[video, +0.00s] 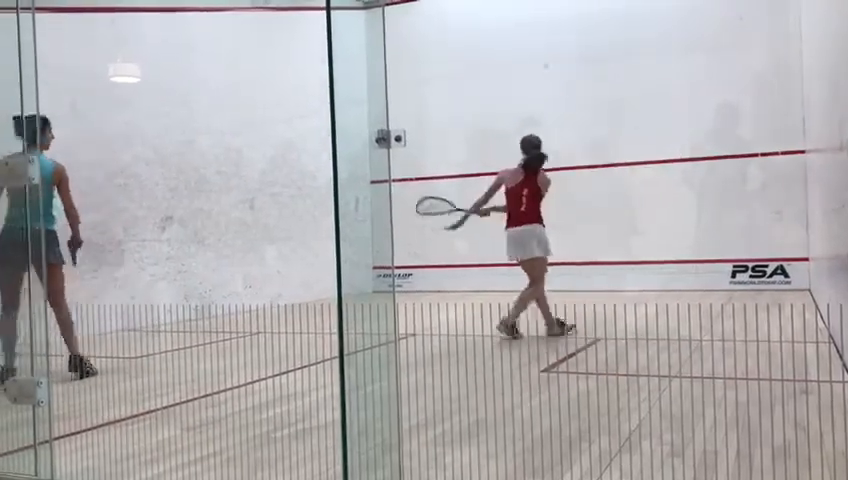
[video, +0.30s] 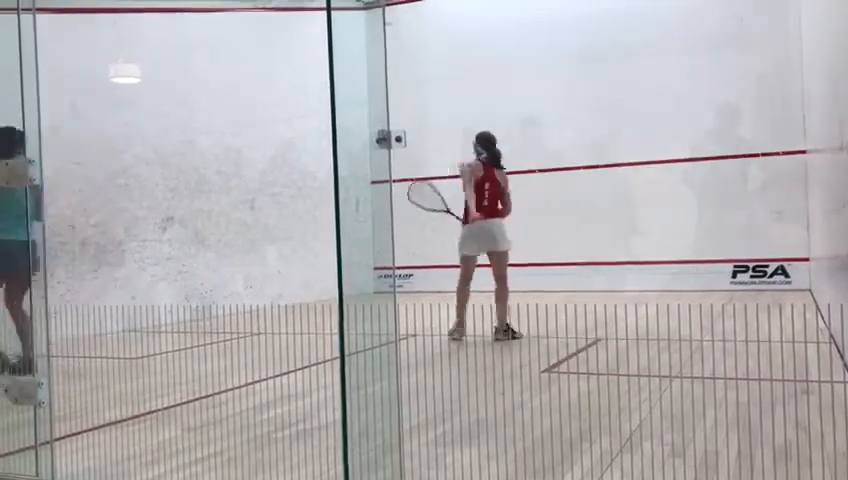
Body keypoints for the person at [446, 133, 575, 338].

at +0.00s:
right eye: (537, 149)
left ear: (521, 152)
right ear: (540, 152)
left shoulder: (507, 175)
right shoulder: (543, 178)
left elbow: (484, 199)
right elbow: (521, 204)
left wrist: (468, 213)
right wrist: (491, 210)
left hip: (513, 232)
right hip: (533, 230)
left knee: (536, 281)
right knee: (537, 282)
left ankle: (551, 323)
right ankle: (509, 320)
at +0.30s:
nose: (475, 150)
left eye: (476, 147)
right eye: (479, 146)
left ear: (477, 148)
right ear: (494, 147)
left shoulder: (469, 167)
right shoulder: (501, 173)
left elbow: (469, 190)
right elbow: (507, 208)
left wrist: (472, 212)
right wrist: (490, 217)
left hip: (472, 225)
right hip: (495, 224)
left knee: (465, 278)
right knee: (501, 279)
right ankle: (502, 325)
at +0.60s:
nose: (421, 153)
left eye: (422, 150)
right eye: (423, 150)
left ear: (426, 152)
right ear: (443, 153)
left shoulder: (416, 170)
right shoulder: (451, 175)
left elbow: (407, 203)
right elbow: (465, 209)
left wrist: (396, 222)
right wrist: (452, 228)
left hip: (423, 229)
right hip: (446, 228)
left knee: (418, 284)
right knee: (463, 282)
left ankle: (418, 332)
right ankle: (477, 327)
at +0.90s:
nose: (399, 148)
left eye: (397, 147)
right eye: (404, 147)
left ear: (391, 153)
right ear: (411, 154)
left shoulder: (381, 172)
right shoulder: (416, 175)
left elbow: (374, 200)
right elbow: (427, 212)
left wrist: (386, 181)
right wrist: (416, 231)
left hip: (383, 230)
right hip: (406, 230)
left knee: (394, 286)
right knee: (400, 286)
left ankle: (411, 330)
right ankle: (382, 332)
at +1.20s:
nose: (388, 155)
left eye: (388, 151)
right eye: (387, 151)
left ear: (362, 149)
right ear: (381, 152)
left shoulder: (346, 166)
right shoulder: (383, 174)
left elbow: (328, 192)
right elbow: (392, 210)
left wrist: (349, 197)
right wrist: (393, 240)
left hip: (338, 227)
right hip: (364, 227)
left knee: (337, 282)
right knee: (378, 284)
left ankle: (333, 332)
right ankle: (377, 336)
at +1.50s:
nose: (296, 164)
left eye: (296, 162)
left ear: (297, 163)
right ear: (316, 164)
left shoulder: (284, 186)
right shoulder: (324, 194)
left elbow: (268, 217)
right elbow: (327, 227)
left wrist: (270, 238)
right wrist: (320, 242)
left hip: (288, 246)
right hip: (315, 246)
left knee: (275, 297)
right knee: (342, 292)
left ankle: (265, 343)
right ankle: (374, 335)